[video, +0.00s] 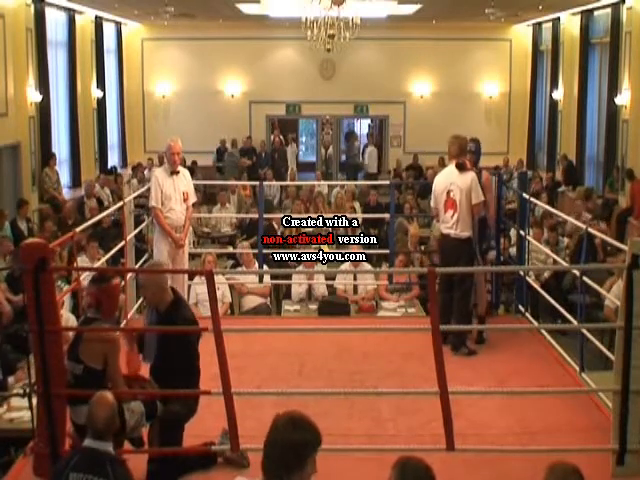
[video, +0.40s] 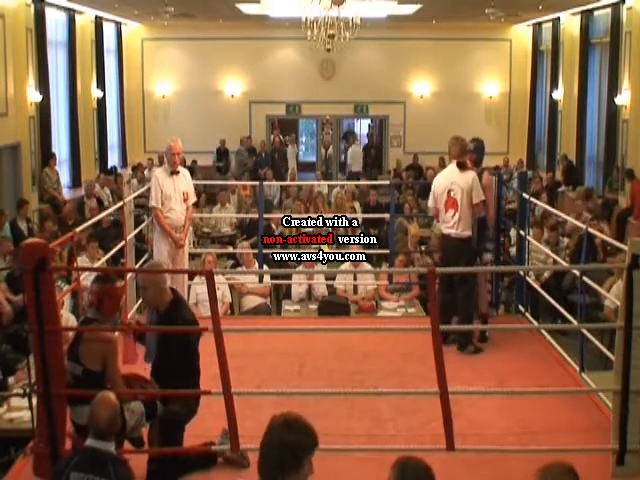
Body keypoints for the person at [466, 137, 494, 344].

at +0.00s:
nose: (469, 157)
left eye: (472, 153)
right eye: (467, 152)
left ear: (478, 156)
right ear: (463, 154)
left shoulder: (485, 178)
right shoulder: (456, 175)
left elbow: (490, 206)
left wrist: (490, 231)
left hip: (479, 231)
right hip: (459, 230)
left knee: (479, 277)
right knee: (462, 278)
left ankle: (480, 321)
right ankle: (460, 321)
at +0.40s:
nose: (469, 158)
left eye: (472, 154)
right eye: (468, 153)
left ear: (479, 155)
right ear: (467, 154)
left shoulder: (486, 178)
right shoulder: (461, 175)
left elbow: (490, 206)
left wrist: (490, 230)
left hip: (482, 230)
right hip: (464, 229)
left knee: (481, 277)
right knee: (467, 277)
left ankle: (483, 322)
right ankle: (464, 321)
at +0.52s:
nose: (471, 157)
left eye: (474, 153)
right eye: (470, 152)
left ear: (480, 155)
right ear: (470, 154)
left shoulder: (488, 179)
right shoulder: (462, 176)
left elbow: (491, 206)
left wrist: (489, 228)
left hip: (483, 231)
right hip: (465, 229)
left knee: (483, 275)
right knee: (467, 276)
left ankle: (483, 322)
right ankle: (464, 320)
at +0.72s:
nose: (472, 158)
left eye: (476, 154)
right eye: (471, 153)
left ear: (481, 156)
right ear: (470, 154)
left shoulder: (488, 179)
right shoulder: (461, 176)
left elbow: (491, 207)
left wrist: (488, 223)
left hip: (483, 231)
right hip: (465, 230)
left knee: (483, 276)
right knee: (466, 277)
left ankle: (484, 320)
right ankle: (462, 319)